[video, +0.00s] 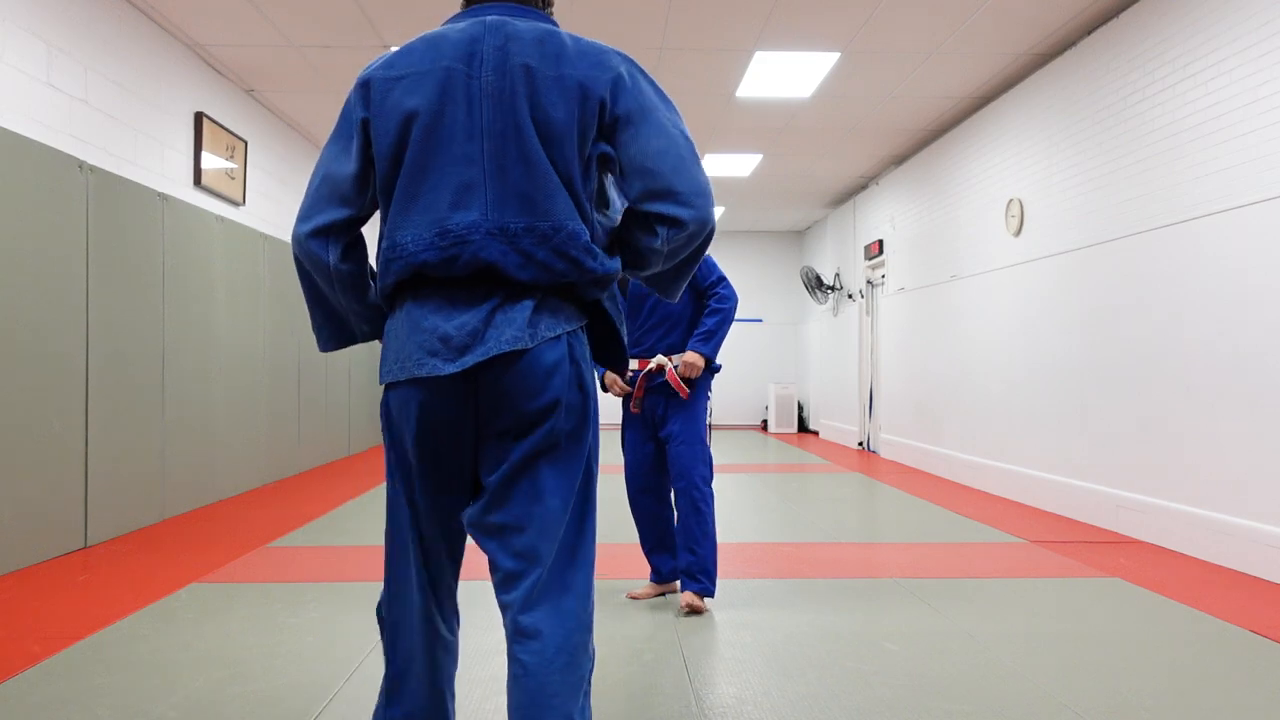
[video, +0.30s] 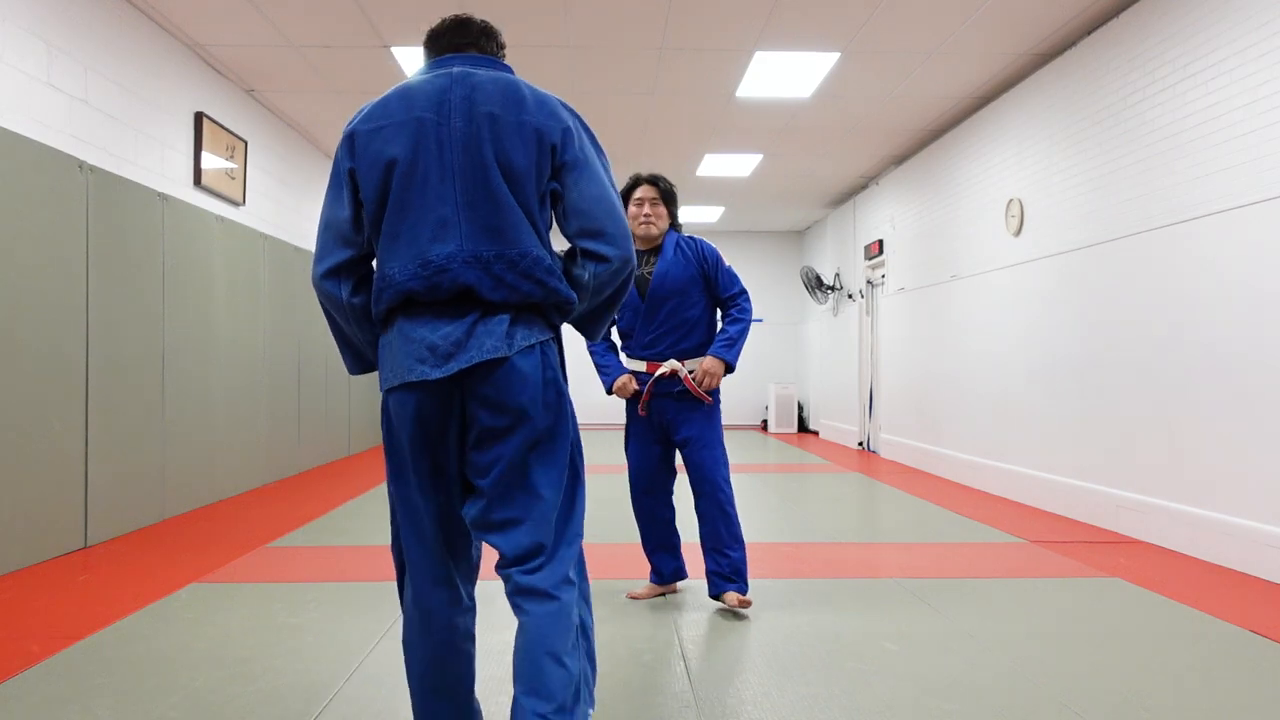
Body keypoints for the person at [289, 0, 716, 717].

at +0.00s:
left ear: (462, 6)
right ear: (546, 7)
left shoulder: (391, 72)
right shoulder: (600, 65)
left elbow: (318, 232)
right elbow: (683, 210)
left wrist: (381, 317)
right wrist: (600, 263)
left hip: (420, 354)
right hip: (544, 350)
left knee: (417, 587)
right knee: (545, 593)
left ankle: (411, 714)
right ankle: (551, 717)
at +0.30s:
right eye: (501, 58)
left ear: (426, 61)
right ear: (501, 59)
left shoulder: (371, 121)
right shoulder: (544, 110)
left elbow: (334, 266)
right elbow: (610, 245)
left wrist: (380, 348)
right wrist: (556, 309)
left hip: (411, 366)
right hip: (518, 359)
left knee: (431, 574)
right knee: (542, 565)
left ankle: (444, 714)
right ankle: (550, 712)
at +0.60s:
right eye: (475, 79)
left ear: (406, 82)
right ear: (475, 82)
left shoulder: (355, 133)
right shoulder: (515, 129)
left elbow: (312, 260)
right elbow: (572, 255)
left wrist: (364, 329)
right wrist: (520, 311)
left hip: (395, 360)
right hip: (491, 352)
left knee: (418, 552)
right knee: (519, 538)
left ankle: (439, 712)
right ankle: (543, 706)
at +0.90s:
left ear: (412, 113)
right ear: (478, 115)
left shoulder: (369, 158)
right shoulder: (518, 172)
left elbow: (318, 271)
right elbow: (552, 289)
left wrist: (357, 334)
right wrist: (505, 342)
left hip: (399, 367)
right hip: (486, 368)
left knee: (408, 535)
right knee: (471, 522)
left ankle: (437, 705)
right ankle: (448, 664)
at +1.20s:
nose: (421, 126)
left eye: (422, 118)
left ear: (427, 122)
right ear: (485, 124)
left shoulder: (390, 164)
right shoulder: (520, 181)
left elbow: (334, 263)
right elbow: (540, 289)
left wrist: (361, 328)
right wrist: (490, 321)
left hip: (405, 362)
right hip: (488, 367)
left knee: (359, 501)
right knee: (472, 522)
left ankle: (383, 643)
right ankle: (459, 682)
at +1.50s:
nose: (482, 155)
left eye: (479, 147)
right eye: (483, 147)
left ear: (421, 138)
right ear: (474, 143)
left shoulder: (372, 190)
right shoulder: (497, 198)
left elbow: (336, 284)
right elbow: (527, 299)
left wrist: (374, 337)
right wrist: (500, 351)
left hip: (395, 363)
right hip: (469, 363)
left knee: (381, 497)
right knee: (467, 511)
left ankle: (360, 619)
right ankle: (458, 673)